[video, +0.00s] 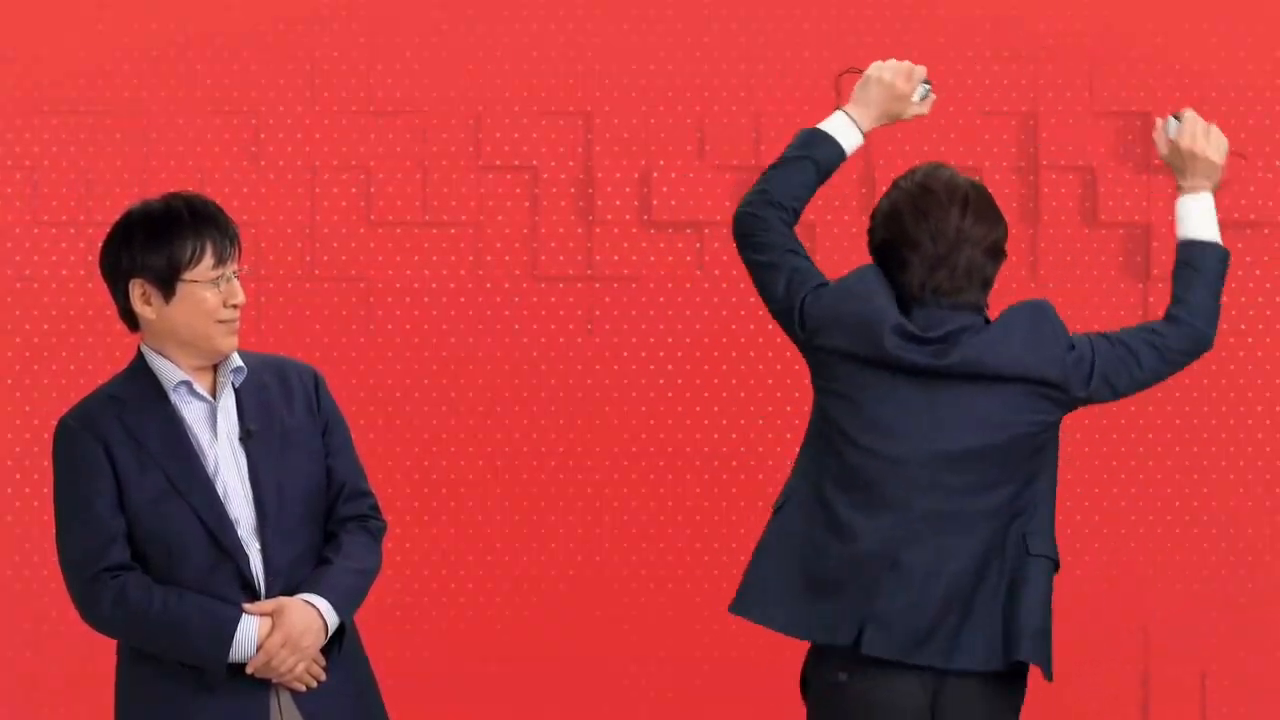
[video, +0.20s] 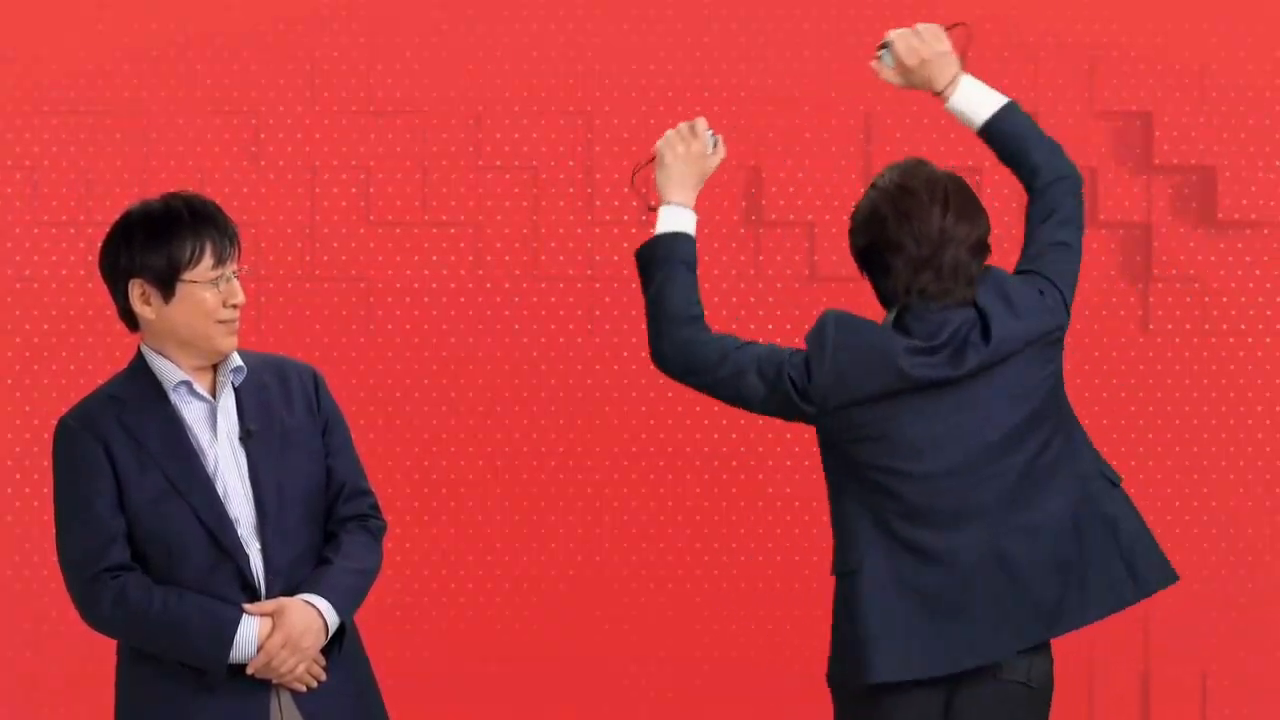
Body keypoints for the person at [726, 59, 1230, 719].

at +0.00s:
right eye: (997, 251)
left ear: (882, 257)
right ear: (991, 265)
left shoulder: (838, 333)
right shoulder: (1039, 361)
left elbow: (760, 221)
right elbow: (1190, 329)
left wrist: (853, 119)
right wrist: (1198, 189)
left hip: (854, 672)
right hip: (984, 681)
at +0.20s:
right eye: (982, 242)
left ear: (873, 270)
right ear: (981, 253)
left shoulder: (840, 371)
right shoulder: (1030, 322)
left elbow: (680, 346)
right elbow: (1057, 180)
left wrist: (675, 202)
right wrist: (953, 82)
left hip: (887, 680)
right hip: (1012, 668)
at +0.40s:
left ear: (883, 257)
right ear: (993, 249)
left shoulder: (832, 338)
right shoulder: (1038, 333)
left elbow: (690, 274)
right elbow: (1119, 211)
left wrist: (715, 139)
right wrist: (1030, 98)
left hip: (847, 667)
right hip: (976, 666)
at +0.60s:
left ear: (900, 262)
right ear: (1006, 289)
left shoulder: (847, 323)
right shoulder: (1032, 398)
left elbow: (808, 186)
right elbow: (1197, 383)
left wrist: (929, 112)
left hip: (801, 663)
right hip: (926, 688)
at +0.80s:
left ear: (896, 256)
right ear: (1003, 281)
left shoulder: (843, 319)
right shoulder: (1036, 384)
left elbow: (782, 185)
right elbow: (1193, 348)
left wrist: (888, 96)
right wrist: (1200, 202)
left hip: (809, 662)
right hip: (933, 685)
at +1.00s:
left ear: (875, 273)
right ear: (987, 255)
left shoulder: (835, 373)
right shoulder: (1032, 334)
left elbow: (676, 342)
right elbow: (1064, 195)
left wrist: (667, 203)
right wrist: (949, 111)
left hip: (874, 683)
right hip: (1001, 673)